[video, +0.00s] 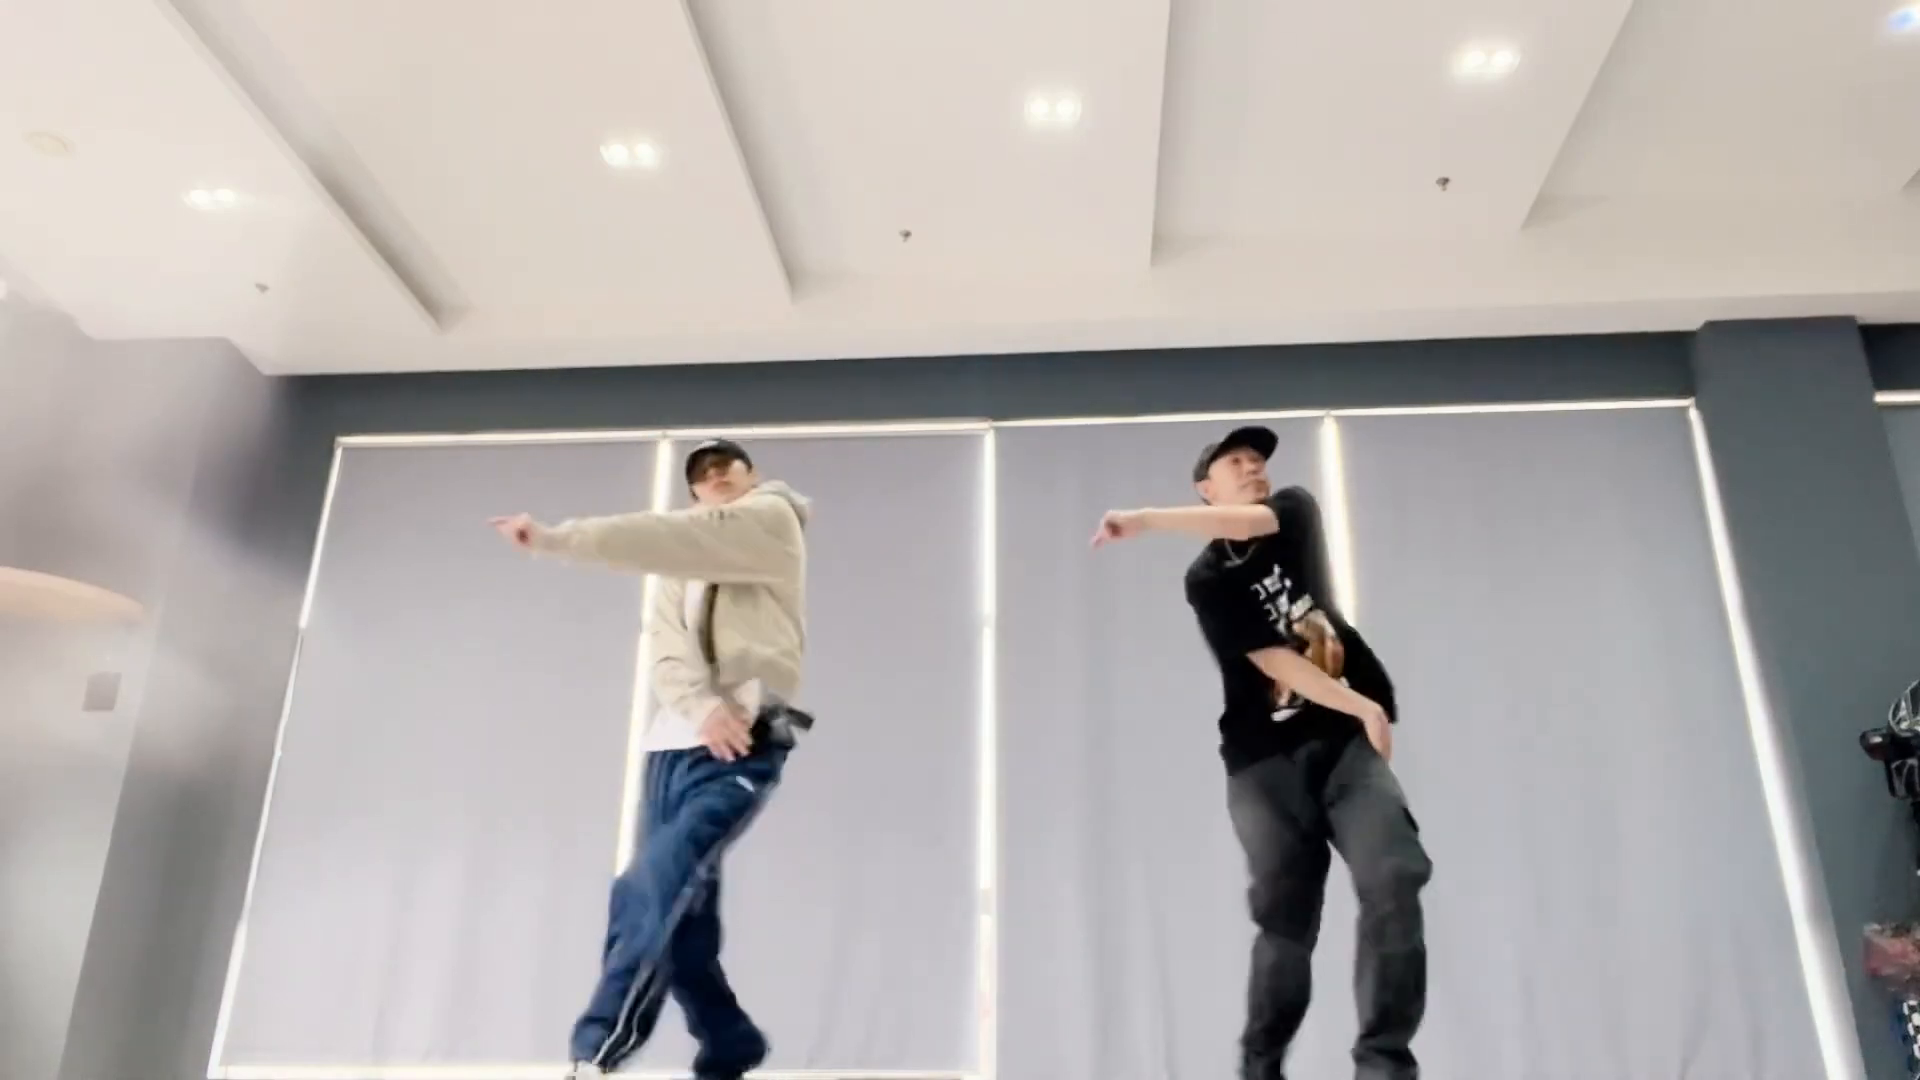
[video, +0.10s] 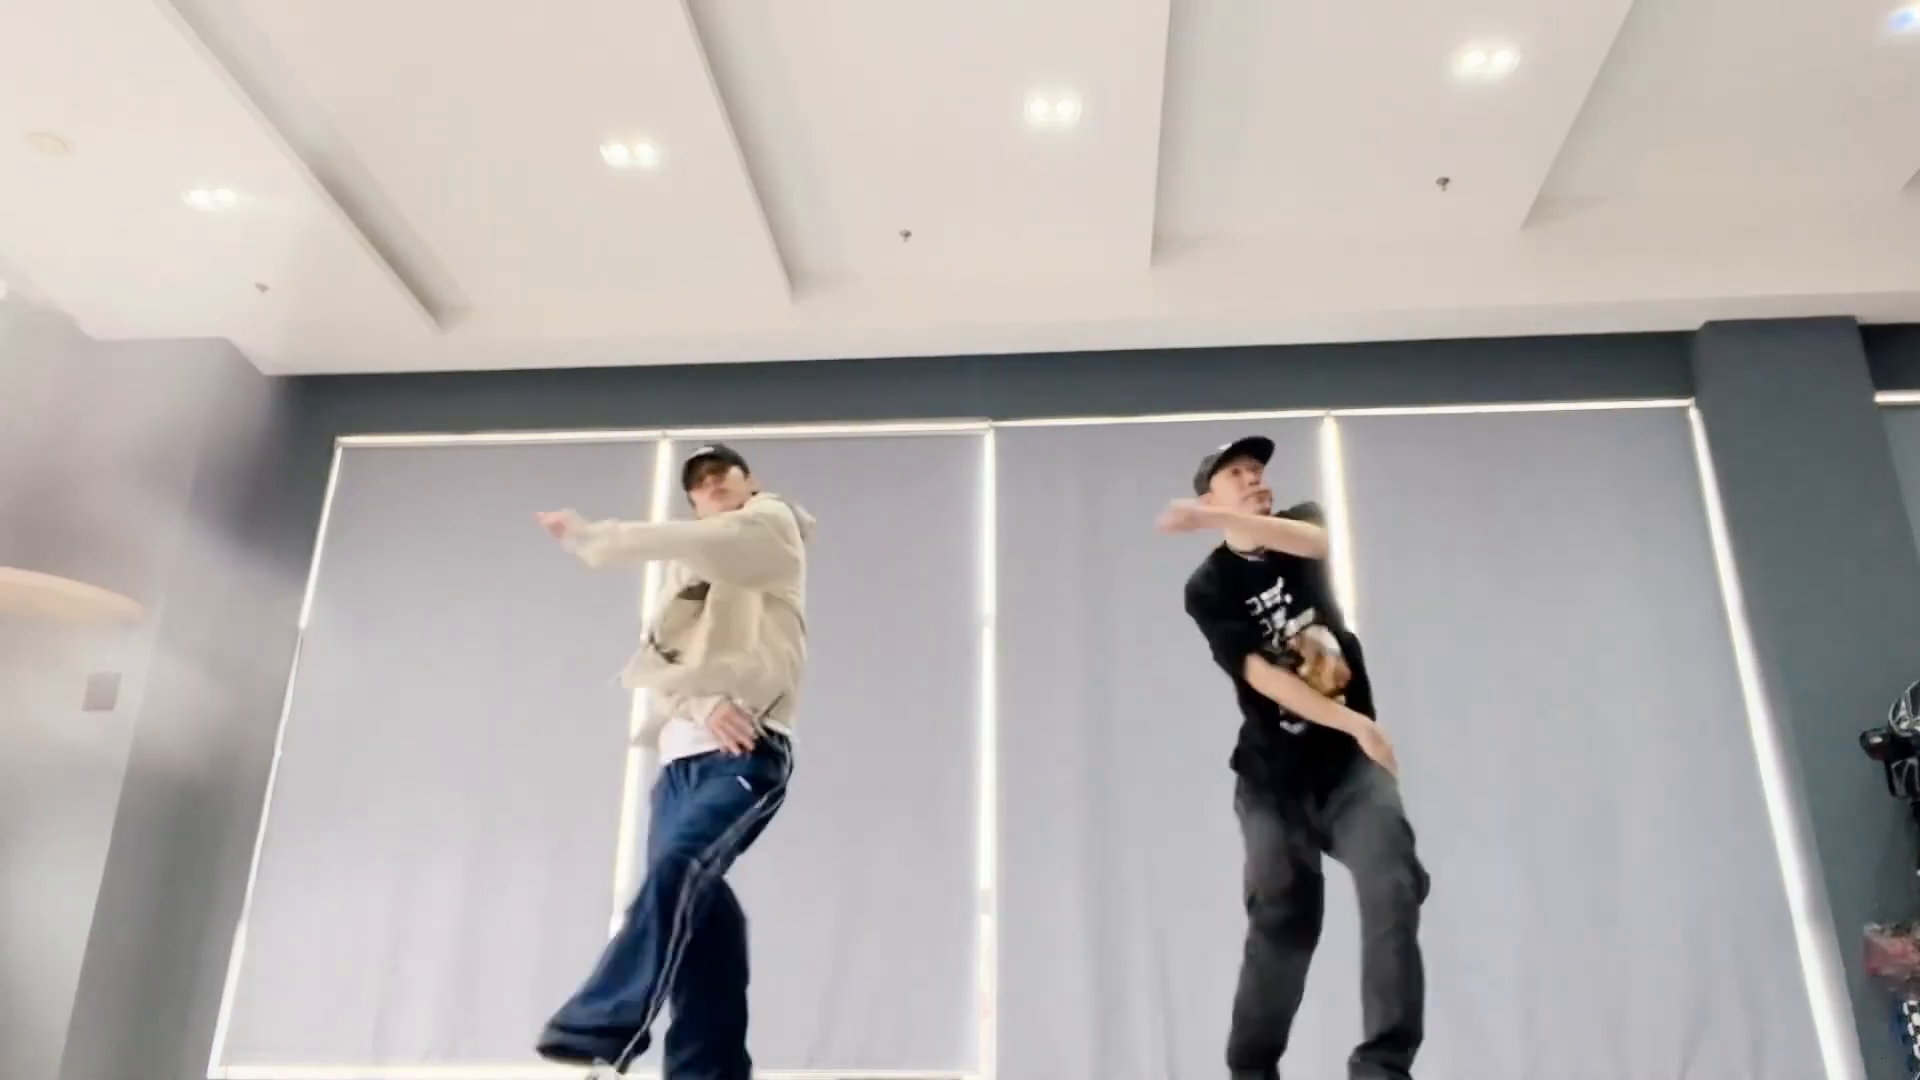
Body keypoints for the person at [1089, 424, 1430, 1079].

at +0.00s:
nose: (1252, 469)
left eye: (1258, 461)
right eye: (1235, 463)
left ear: (1270, 475)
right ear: (1203, 486)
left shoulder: (1297, 511)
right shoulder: (1207, 576)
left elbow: (1248, 523)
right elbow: (1274, 661)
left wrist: (1144, 519)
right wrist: (1362, 706)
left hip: (1344, 738)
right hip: (1263, 756)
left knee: (1395, 873)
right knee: (1285, 910)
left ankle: (1385, 1058)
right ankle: (1261, 1063)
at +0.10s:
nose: (1256, 481)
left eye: (1258, 473)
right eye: (1237, 476)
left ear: (1270, 483)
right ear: (1209, 499)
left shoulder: (1309, 526)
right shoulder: (1208, 586)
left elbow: (1301, 541)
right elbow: (1258, 674)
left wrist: (1208, 516)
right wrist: (1354, 722)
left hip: (1348, 758)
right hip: (1272, 770)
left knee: (1392, 878)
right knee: (1281, 913)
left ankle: (1384, 1062)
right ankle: (1252, 1068)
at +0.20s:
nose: (1242, 481)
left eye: (1247, 469)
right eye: (1225, 478)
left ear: (1265, 477)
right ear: (1211, 502)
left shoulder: (1313, 533)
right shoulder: (1208, 580)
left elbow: (1365, 549)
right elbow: (1227, 675)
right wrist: (1307, 712)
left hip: (1331, 739)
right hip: (1259, 759)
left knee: (1324, 878)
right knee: (1246, 905)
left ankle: (1372, 1061)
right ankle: (1324, 1046)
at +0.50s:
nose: (1226, 500)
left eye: (1235, 483)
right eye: (1215, 497)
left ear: (1270, 484)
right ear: (1215, 514)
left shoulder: (1324, 525)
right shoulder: (1245, 598)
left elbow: (1420, 501)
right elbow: (1272, 696)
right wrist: (1230, 756)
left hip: (1355, 709)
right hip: (1289, 736)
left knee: (1305, 863)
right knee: (1215, 889)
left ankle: (1327, 1067)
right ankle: (1277, 1050)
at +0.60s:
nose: (1235, 519)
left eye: (1241, 502)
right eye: (1225, 515)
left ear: (1274, 490)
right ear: (1232, 529)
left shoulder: (1318, 514)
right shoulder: (1279, 591)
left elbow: (1277, 418)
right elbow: (1296, 687)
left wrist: (1261, 321)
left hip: (1368, 737)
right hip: (1302, 747)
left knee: (1322, 896)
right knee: (1230, 892)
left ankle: (1379, 1071)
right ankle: (1111, 1013)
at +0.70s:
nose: (1233, 511)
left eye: (1234, 495)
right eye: (1227, 499)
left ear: (1260, 484)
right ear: (1250, 500)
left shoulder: (1304, 512)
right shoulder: (1302, 563)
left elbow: (1217, 452)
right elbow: (1355, 658)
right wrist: (1406, 751)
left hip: (1369, 717)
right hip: (1319, 735)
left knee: (1339, 897)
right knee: (1208, 803)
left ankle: (1373, 1069)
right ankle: (1143, 925)